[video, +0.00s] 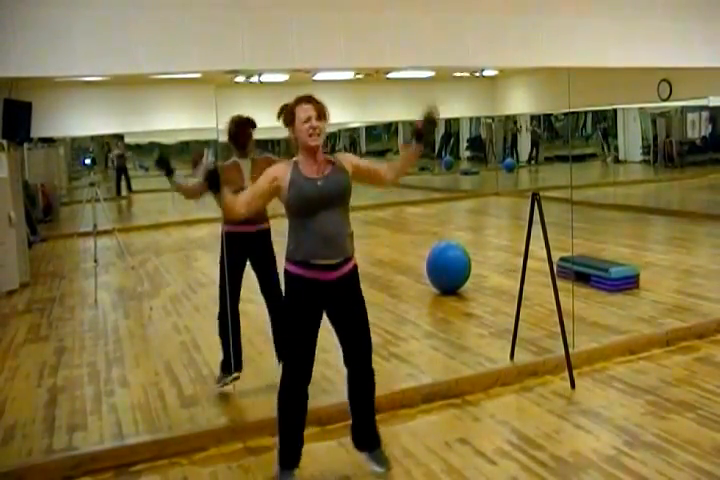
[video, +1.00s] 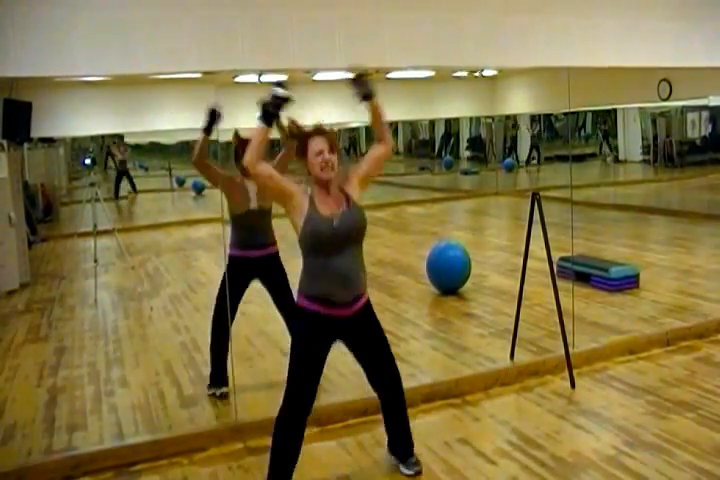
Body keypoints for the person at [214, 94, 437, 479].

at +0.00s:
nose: (313, 125)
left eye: (317, 119)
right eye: (305, 121)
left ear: (325, 123)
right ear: (292, 130)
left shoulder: (343, 162)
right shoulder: (280, 173)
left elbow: (389, 174)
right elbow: (239, 208)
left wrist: (418, 143)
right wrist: (213, 186)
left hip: (344, 276)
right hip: (302, 280)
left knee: (360, 362)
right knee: (296, 373)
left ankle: (368, 442)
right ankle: (288, 464)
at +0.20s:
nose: (316, 168)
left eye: (320, 162)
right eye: (308, 164)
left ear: (328, 168)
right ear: (296, 173)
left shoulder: (341, 198)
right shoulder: (288, 211)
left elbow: (371, 152)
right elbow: (244, 172)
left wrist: (348, 112)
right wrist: (270, 125)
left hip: (349, 325)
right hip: (303, 329)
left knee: (381, 390)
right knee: (278, 409)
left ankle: (401, 450)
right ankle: (257, 476)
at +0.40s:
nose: (314, 132)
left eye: (318, 125)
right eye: (306, 128)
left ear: (326, 131)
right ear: (293, 138)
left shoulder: (344, 167)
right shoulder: (283, 179)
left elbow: (393, 176)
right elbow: (237, 211)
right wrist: (214, 186)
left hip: (348, 282)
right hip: (305, 287)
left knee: (370, 365)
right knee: (297, 381)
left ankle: (381, 444)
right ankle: (278, 472)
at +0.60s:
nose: (318, 153)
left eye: (322, 147)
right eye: (309, 150)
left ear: (330, 153)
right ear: (297, 161)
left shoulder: (345, 195)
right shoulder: (288, 207)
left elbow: (356, 255)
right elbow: (284, 267)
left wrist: (381, 300)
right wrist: (279, 316)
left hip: (352, 312)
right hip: (310, 316)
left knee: (358, 399)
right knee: (321, 401)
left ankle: (344, 464)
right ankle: (320, 473)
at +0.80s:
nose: (321, 125)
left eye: (325, 118)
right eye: (313, 121)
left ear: (333, 123)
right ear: (300, 130)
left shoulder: (351, 164)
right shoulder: (288, 174)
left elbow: (389, 191)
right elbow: (254, 221)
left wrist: (424, 172)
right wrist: (221, 205)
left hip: (353, 277)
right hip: (312, 280)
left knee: (364, 364)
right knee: (310, 373)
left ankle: (364, 451)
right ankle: (306, 468)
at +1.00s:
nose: (326, 158)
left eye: (330, 151)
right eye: (318, 153)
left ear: (338, 157)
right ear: (306, 162)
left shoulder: (351, 188)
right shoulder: (296, 197)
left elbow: (385, 145)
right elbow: (251, 164)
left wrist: (371, 99)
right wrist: (268, 117)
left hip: (358, 311)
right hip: (314, 315)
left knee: (390, 384)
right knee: (297, 405)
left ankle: (402, 452)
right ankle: (278, 478)